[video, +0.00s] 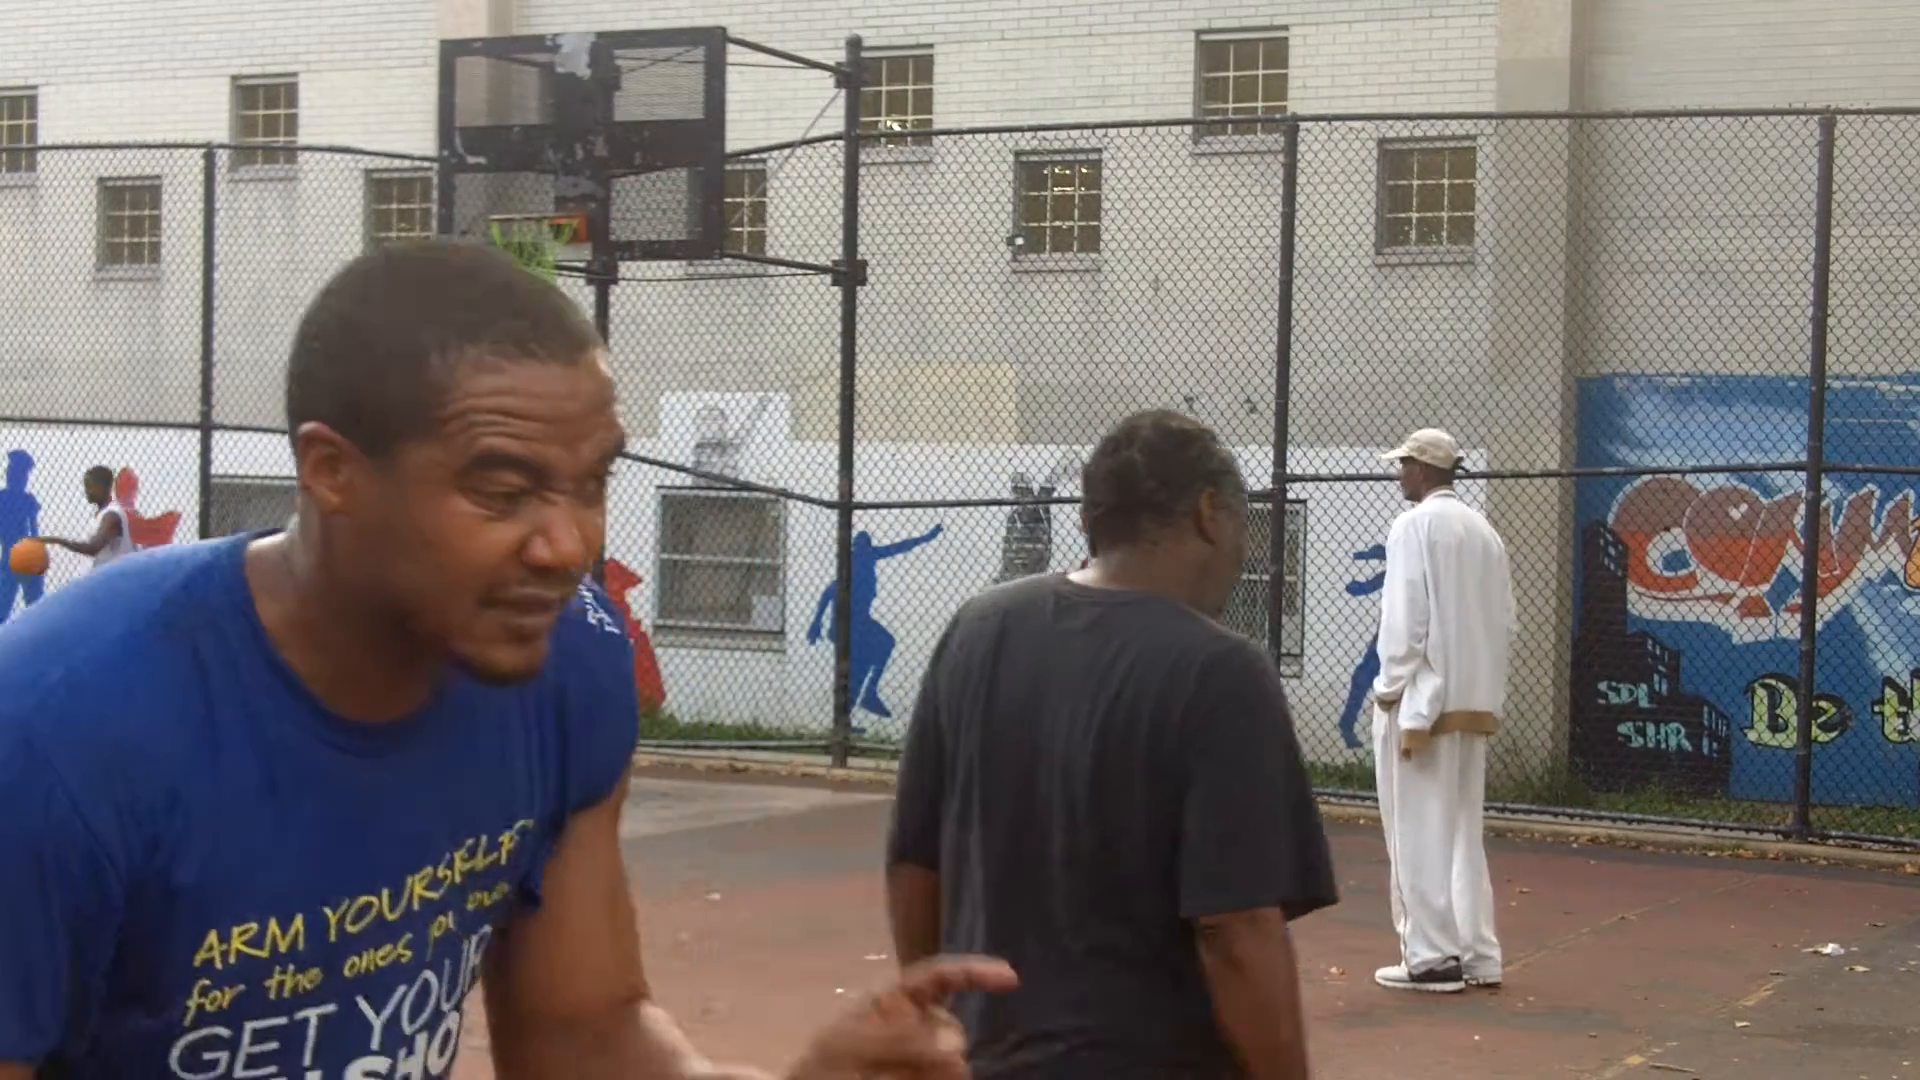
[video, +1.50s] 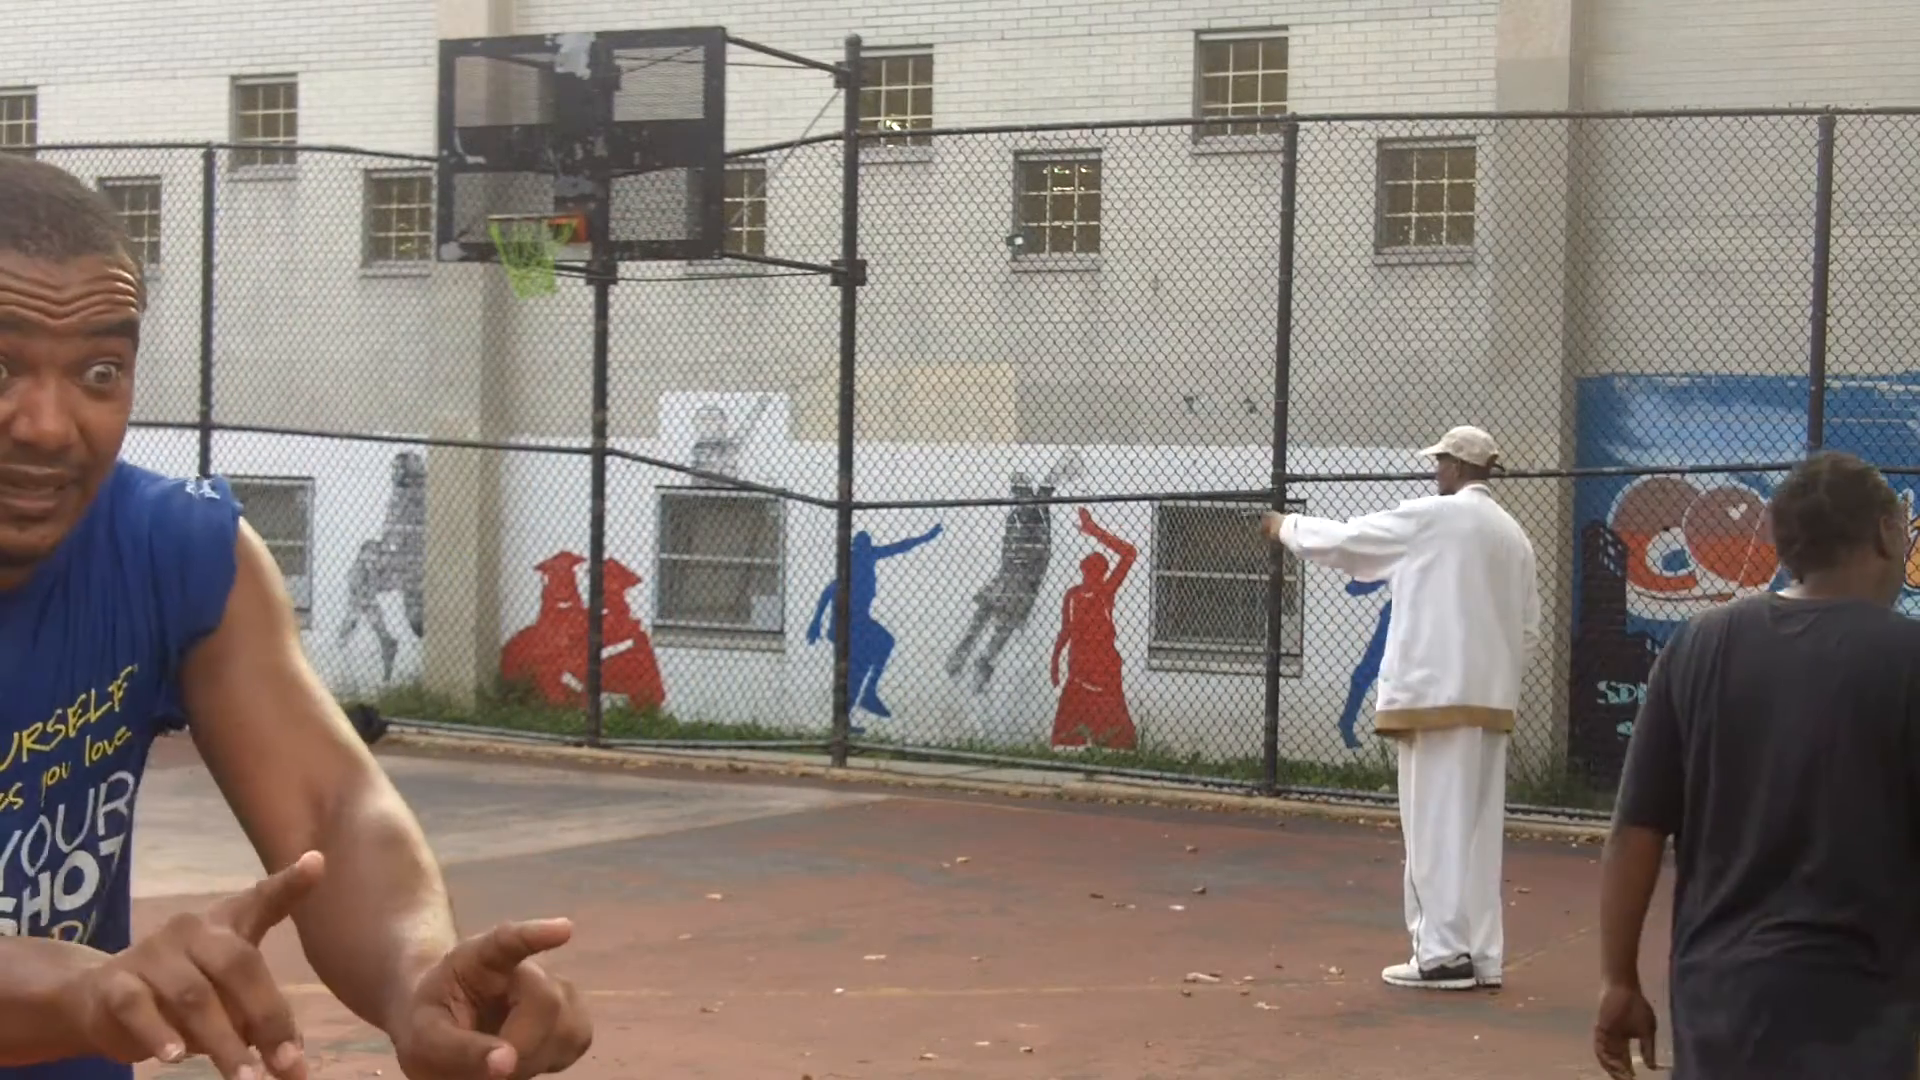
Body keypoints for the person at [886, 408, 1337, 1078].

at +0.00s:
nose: (1243, 553)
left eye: (1244, 527)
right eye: (1241, 524)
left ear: (1094, 524)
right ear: (1208, 515)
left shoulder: (976, 629)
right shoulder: (1216, 670)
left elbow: (914, 869)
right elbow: (1234, 926)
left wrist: (936, 1037)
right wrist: (1283, 1067)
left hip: (991, 1049)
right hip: (1160, 1054)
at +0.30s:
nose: (1376, 554)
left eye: (1375, 533)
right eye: (1372, 531)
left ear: (1239, 540)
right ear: (1343, 529)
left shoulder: (1131, 649)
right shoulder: (1376, 670)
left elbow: (1060, 869)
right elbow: (1448, 910)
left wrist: (1047, 1043)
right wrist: (1547, 1057)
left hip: (1136, 1046)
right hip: (1305, 1050)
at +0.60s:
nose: (1504, 547)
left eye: (1504, 524)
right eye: (1501, 522)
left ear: (1373, 531)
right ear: (1472, 515)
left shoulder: (1273, 636)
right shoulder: (1494, 647)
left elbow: (1223, 865)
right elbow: (1524, 871)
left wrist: (1237, 1025)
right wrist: (1589, 1060)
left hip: (1273, 1045)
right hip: (1447, 1052)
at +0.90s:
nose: (1672, 573)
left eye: (1674, 552)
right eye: (1669, 550)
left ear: (1545, 546)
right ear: (1634, 540)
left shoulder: (1443, 640)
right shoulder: (1644, 668)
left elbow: (1388, 838)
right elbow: (1633, 879)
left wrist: (1453, 968)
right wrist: (1668, 1065)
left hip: (1416, 1043)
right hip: (1570, 1053)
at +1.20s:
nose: (1825, 546)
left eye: (1824, 524)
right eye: (1821, 523)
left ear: (1692, 529)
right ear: (1792, 521)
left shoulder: (1598, 620)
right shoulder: (1816, 652)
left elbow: (1531, 816)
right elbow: (1843, 866)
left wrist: (1532, 958)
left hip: (1600, 1000)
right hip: (1751, 1020)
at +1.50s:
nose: (1909, 542)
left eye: (1907, 525)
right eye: (1905, 525)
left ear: (1784, 548)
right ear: (1887, 531)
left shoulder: (1699, 643)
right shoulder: (1903, 651)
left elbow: (1638, 827)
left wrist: (1620, 980)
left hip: (1719, 1004)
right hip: (1874, 1007)